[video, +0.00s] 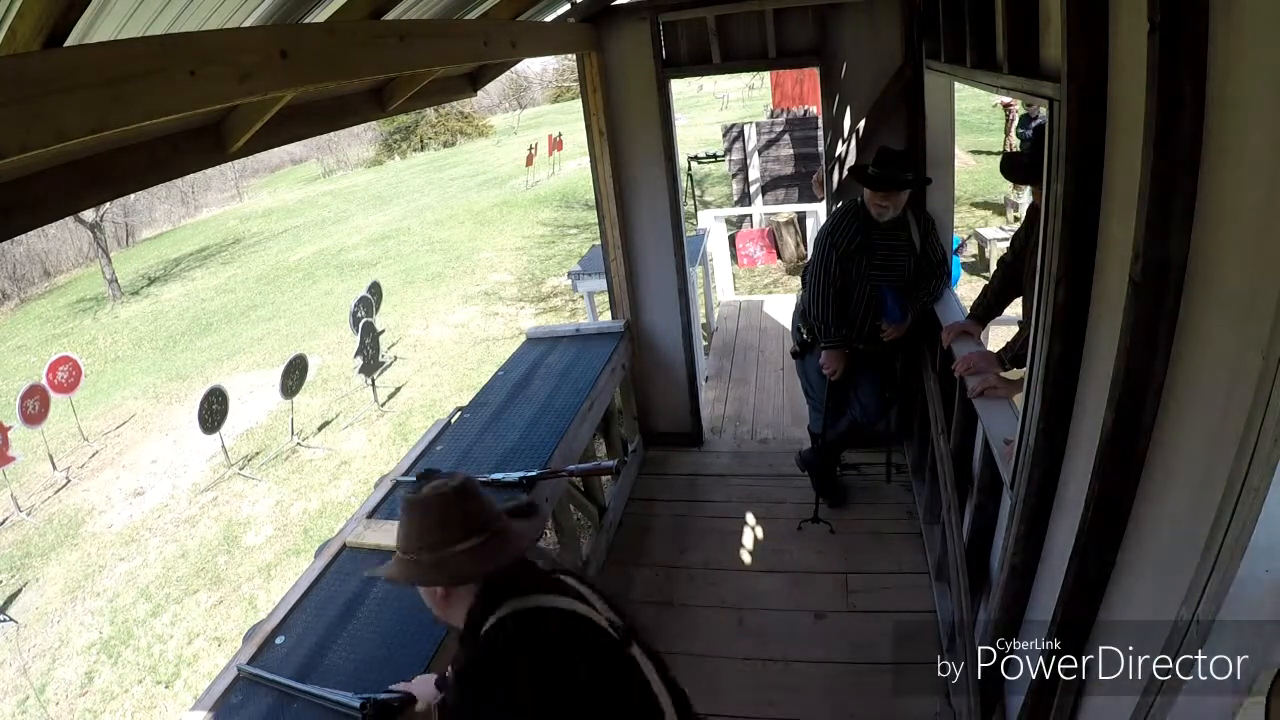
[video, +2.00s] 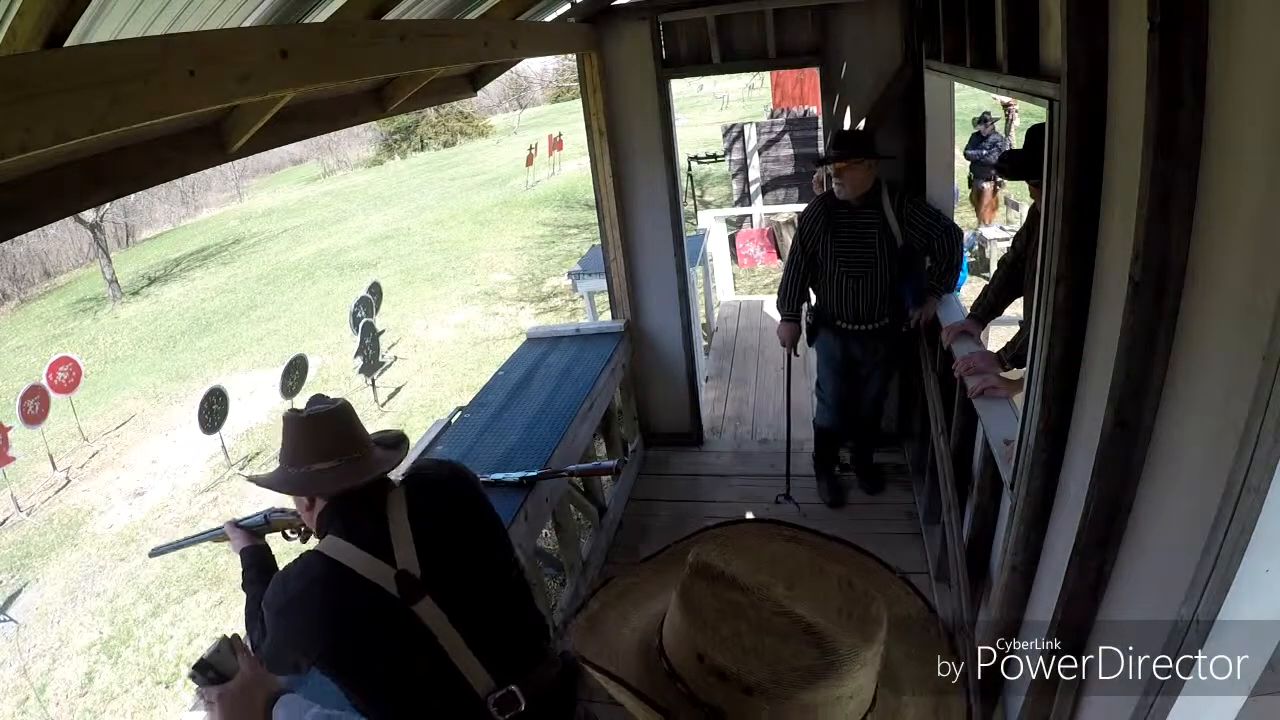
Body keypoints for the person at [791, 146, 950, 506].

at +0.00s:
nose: (882, 199)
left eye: (893, 192)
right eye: (875, 190)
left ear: (909, 193)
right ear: (864, 187)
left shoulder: (920, 225)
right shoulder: (843, 224)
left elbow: (937, 273)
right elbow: (820, 283)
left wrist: (909, 316)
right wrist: (831, 343)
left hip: (875, 335)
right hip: (824, 334)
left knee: (870, 409)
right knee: (827, 410)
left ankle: (817, 456)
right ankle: (826, 478)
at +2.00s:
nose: (837, 174)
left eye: (847, 166)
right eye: (834, 167)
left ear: (870, 167)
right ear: (830, 169)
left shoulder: (898, 206)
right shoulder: (819, 213)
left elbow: (948, 236)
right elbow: (797, 265)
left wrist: (936, 294)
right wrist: (788, 315)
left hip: (885, 330)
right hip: (833, 329)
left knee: (873, 402)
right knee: (832, 403)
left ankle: (865, 459)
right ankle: (826, 470)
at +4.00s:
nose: (849, 186)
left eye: (857, 178)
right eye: (843, 178)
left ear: (874, 174)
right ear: (834, 177)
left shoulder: (904, 207)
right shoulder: (821, 217)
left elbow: (944, 240)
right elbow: (795, 268)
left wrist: (937, 296)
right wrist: (785, 322)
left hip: (888, 332)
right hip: (835, 333)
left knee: (872, 405)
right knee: (829, 407)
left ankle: (864, 460)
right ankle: (822, 474)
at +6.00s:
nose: (838, 177)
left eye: (845, 168)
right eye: (834, 169)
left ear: (871, 166)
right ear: (833, 169)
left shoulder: (905, 204)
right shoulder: (825, 212)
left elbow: (946, 244)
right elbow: (801, 266)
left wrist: (936, 297)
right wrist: (791, 318)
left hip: (889, 330)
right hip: (837, 330)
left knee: (875, 407)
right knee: (831, 408)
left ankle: (864, 465)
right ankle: (820, 480)